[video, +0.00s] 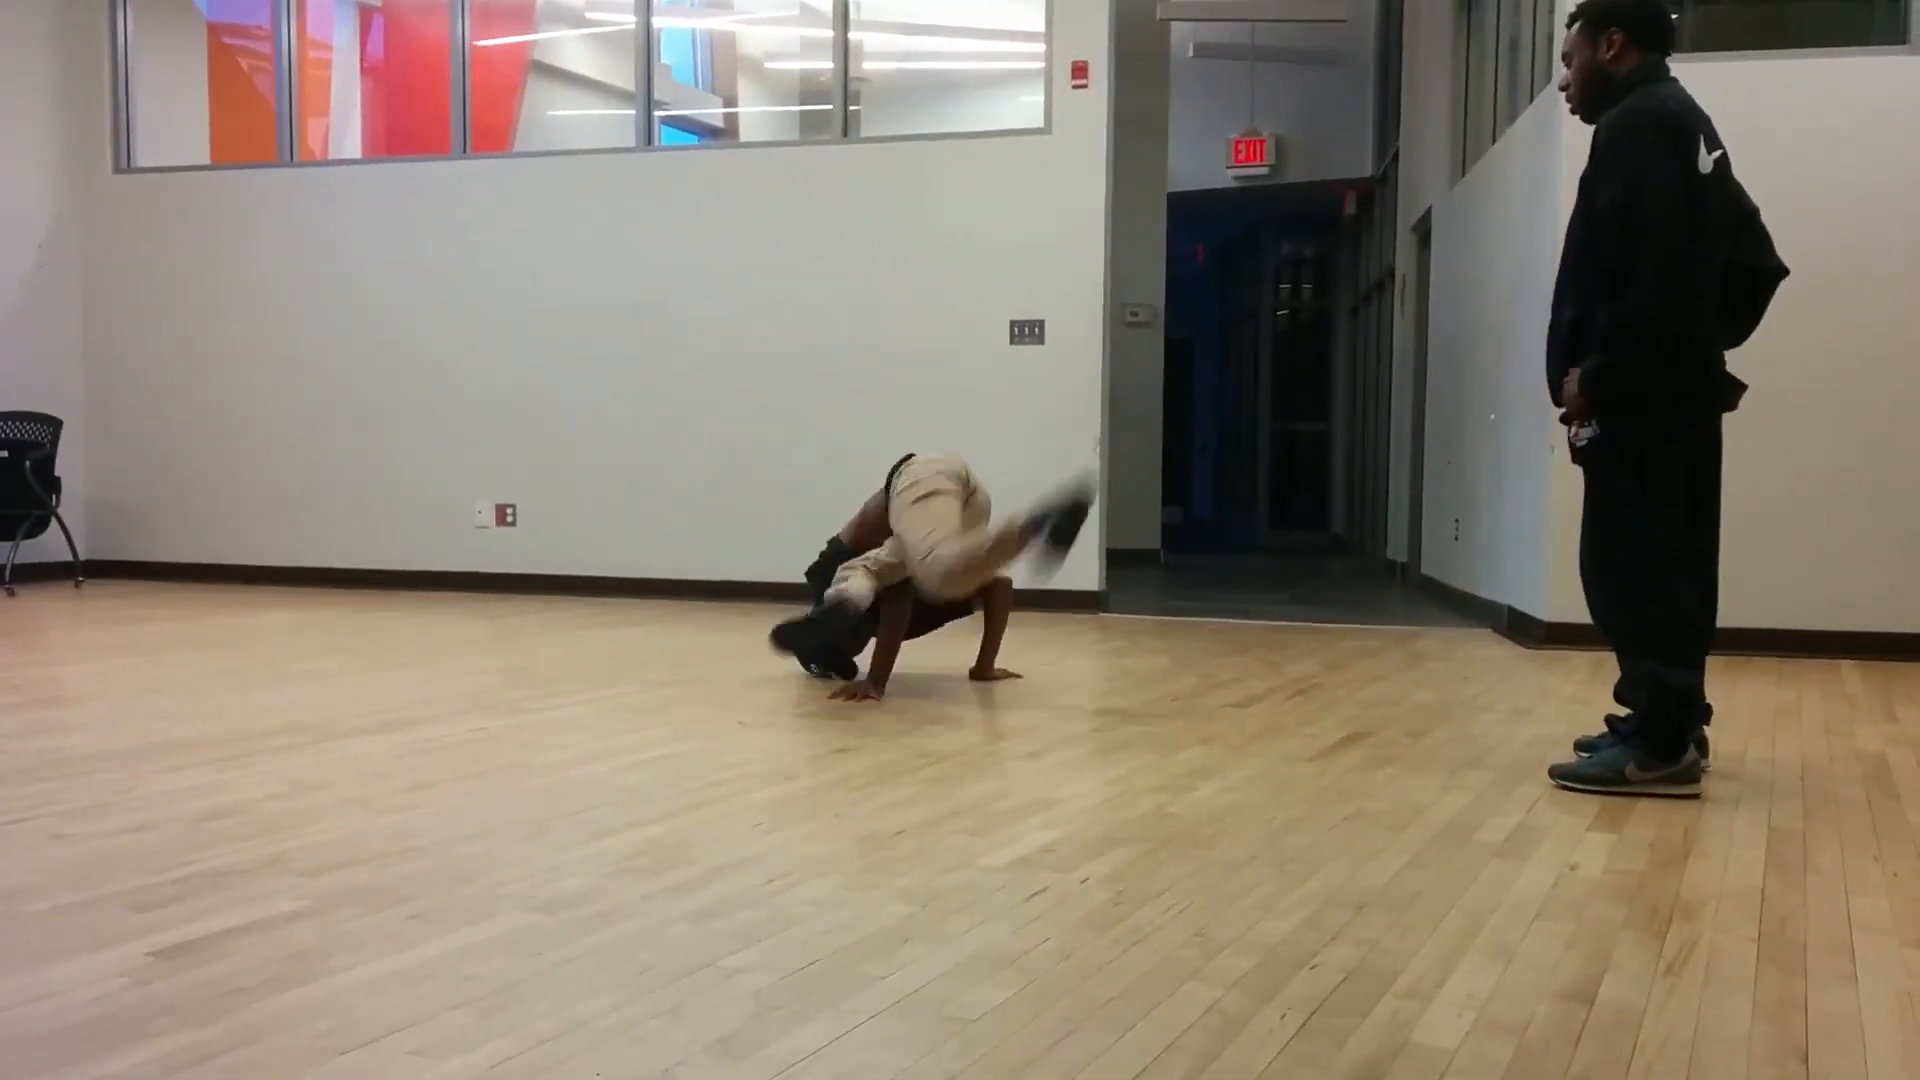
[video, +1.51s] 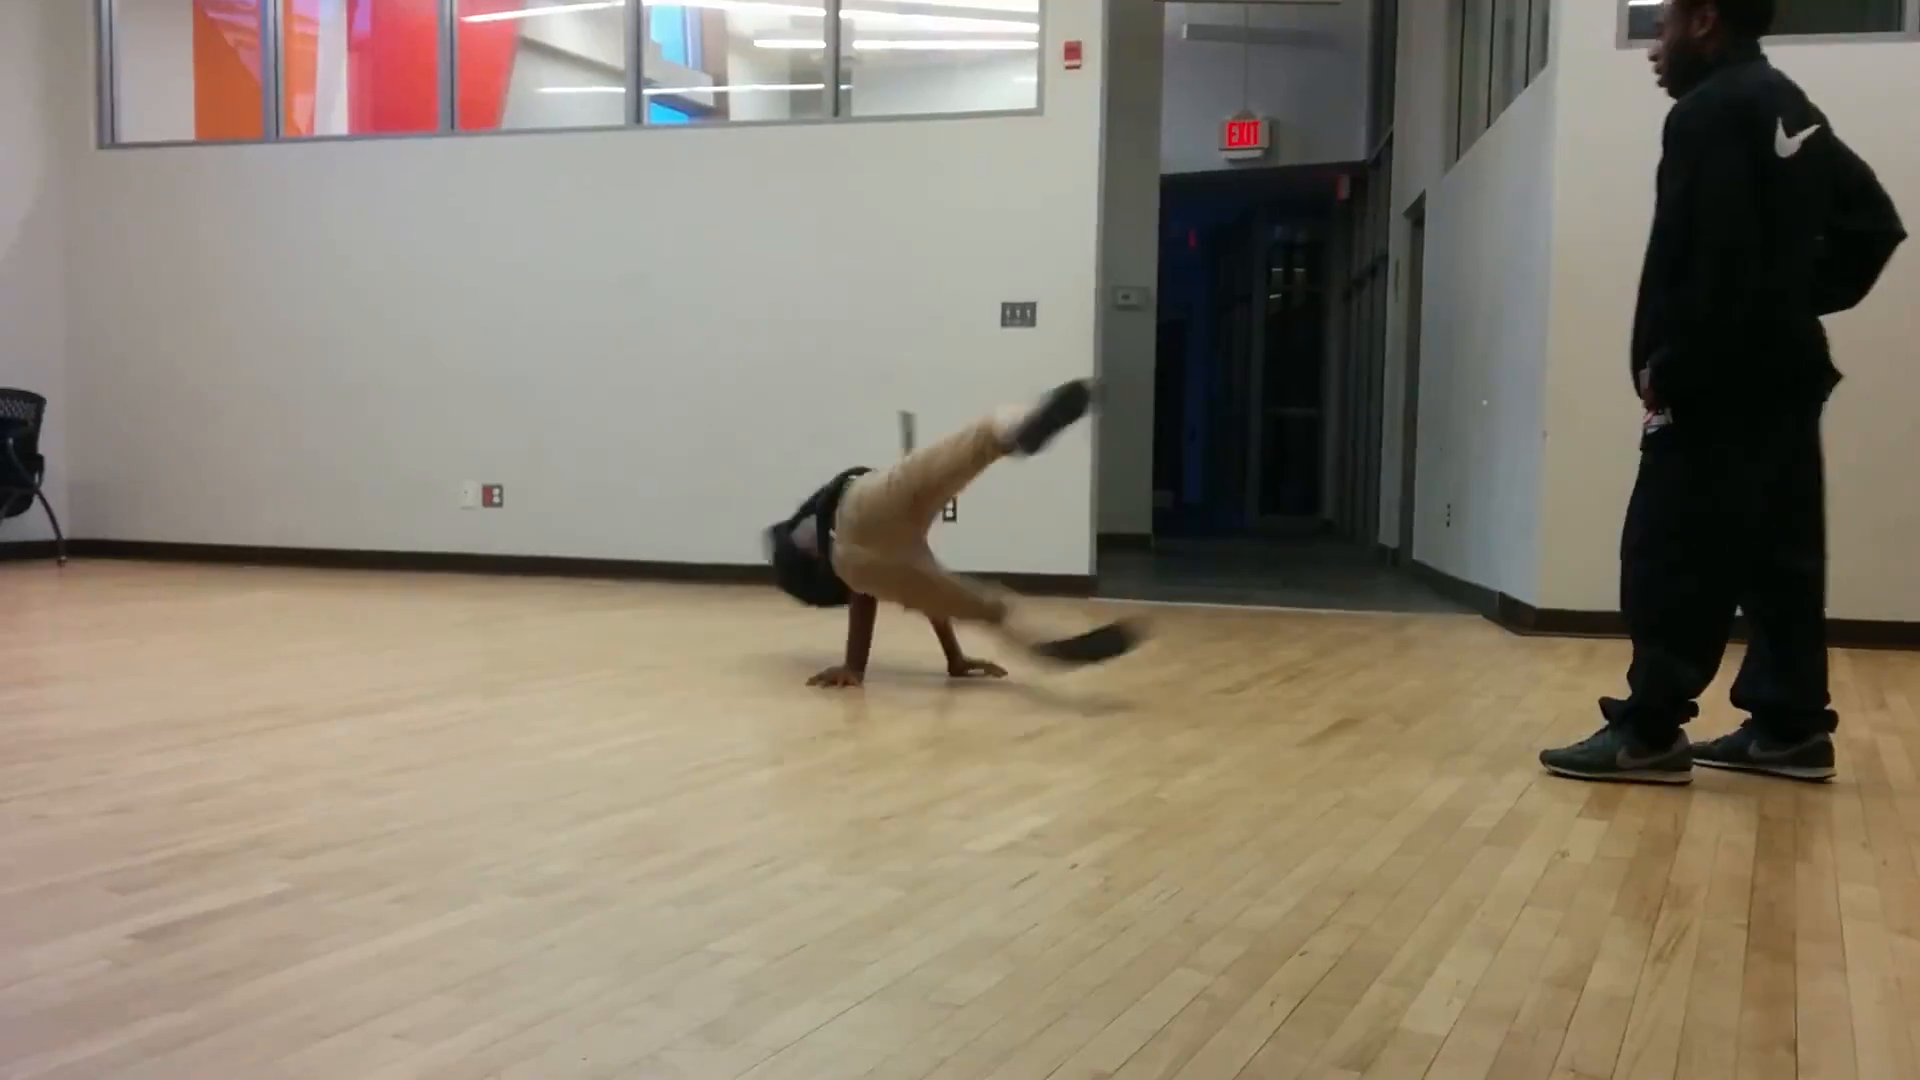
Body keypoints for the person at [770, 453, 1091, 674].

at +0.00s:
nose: (852, 610)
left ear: (833, 602)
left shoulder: (843, 571)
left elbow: (897, 601)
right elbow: (1000, 589)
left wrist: (875, 682)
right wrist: (984, 666)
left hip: (925, 472)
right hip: (977, 495)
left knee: (937, 572)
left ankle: (1032, 525)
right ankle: (1049, 527)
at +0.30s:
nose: (784, 586)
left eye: (774, 575)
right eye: (776, 579)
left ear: (775, 551)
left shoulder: (800, 519)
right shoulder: (876, 535)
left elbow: (862, 586)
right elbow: (951, 577)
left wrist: (868, 674)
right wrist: (978, 658)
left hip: (915, 433)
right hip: (954, 446)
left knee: (961, 436)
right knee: (1034, 556)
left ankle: (1070, 426)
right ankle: (1157, 548)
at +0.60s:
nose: (760, 458)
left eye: (754, 448)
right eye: (753, 450)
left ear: (762, 440)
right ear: (779, 407)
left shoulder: (809, 484)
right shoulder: (824, 392)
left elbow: (861, 579)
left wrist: (865, 671)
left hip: (967, 504)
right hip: (984, 446)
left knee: (877, 580)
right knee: (899, 393)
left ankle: (937, 628)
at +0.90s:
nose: (900, 409)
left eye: (906, 401)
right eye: (903, 399)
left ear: (920, 408)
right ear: (950, 404)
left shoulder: (892, 474)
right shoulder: (988, 475)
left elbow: (874, 586)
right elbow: (965, 581)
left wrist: (859, 673)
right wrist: (958, 665)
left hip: (845, 549)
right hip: (889, 528)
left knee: (751, 455)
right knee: (834, 461)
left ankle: (620, 434)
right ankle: (777, 454)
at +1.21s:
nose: (841, 458)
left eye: (847, 446)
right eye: (840, 450)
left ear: (868, 427)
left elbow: (832, 479)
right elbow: (959, 583)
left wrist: (757, 511)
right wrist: (953, 664)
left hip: (913, 472)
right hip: (949, 523)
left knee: (770, 491)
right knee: (887, 648)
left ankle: (624, 526)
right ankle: (835, 664)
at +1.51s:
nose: (944, 509)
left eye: (946, 502)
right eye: (940, 499)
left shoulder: (839, 564)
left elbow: (863, 600)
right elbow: (924, 583)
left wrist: (852, 670)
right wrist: (954, 659)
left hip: (854, 562)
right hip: (863, 504)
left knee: (993, 611)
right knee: (976, 444)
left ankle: (1059, 646)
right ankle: (1021, 429)